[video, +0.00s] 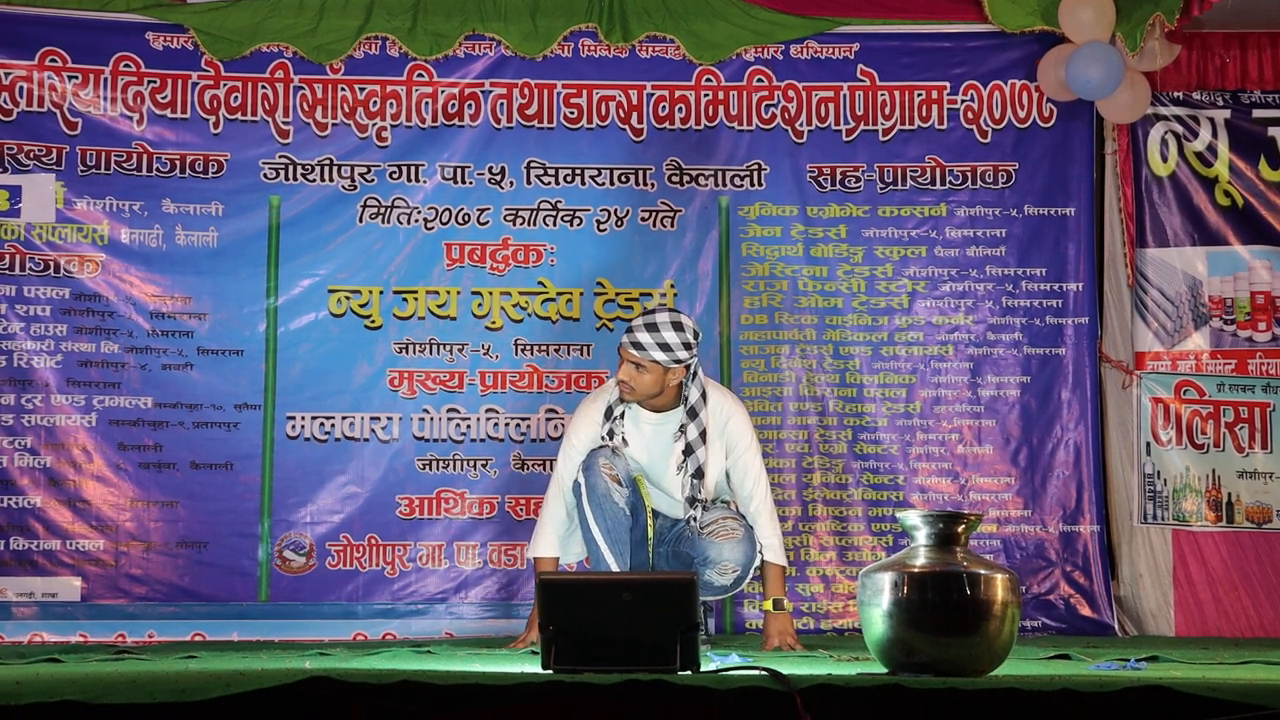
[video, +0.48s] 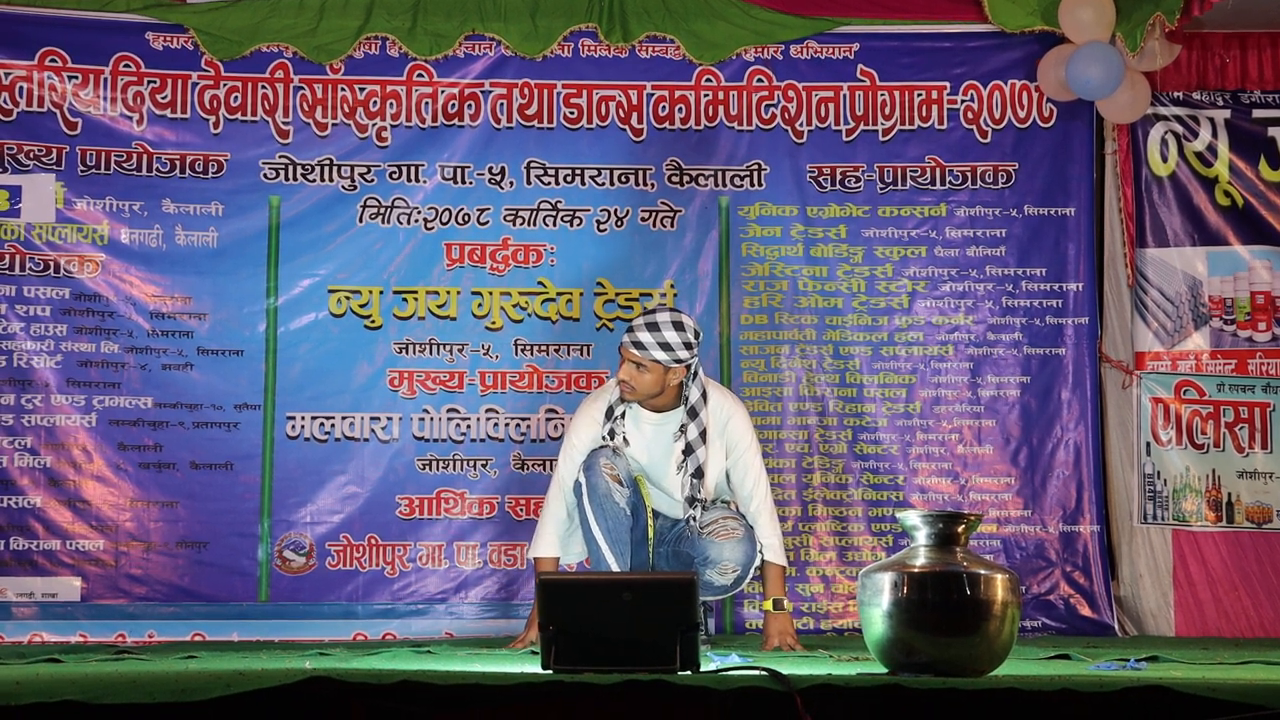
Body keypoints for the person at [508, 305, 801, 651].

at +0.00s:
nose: (621, 375)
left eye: (638, 368)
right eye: (622, 361)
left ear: (676, 374)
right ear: (619, 355)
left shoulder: (725, 414)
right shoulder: (597, 411)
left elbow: (760, 507)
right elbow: (557, 502)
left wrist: (777, 609)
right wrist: (543, 607)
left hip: (692, 539)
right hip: (628, 531)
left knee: (732, 547)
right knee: (601, 463)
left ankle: (686, 611)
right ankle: (619, 608)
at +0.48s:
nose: (622, 375)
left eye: (638, 368)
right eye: (622, 360)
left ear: (677, 374)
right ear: (619, 355)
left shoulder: (725, 413)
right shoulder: (597, 411)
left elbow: (760, 507)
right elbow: (558, 503)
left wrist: (777, 608)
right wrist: (542, 606)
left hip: (692, 539)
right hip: (629, 531)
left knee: (733, 547)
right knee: (601, 463)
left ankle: (687, 610)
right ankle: (620, 607)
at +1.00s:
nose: (622, 374)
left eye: (638, 368)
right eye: (623, 360)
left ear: (677, 375)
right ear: (620, 354)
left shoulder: (726, 414)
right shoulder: (598, 411)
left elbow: (761, 508)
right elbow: (558, 505)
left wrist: (777, 609)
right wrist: (541, 608)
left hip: (691, 541)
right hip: (628, 533)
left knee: (732, 545)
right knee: (603, 463)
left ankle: (689, 610)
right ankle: (620, 608)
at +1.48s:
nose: (623, 374)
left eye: (639, 367)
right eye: (623, 360)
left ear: (678, 374)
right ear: (621, 355)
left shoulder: (727, 414)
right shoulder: (598, 411)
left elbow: (761, 508)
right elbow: (558, 505)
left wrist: (777, 609)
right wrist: (541, 608)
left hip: (691, 540)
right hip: (628, 532)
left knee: (733, 546)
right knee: (603, 463)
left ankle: (688, 610)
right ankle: (621, 607)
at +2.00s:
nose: (623, 375)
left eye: (640, 367)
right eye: (624, 360)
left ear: (678, 374)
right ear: (621, 355)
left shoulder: (728, 414)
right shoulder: (599, 411)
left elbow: (762, 509)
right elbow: (558, 507)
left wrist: (777, 609)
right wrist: (542, 608)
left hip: (691, 540)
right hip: (629, 531)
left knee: (733, 547)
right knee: (604, 462)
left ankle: (688, 610)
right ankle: (619, 607)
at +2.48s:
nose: (623, 374)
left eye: (640, 367)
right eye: (624, 360)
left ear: (679, 374)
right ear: (622, 355)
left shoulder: (729, 414)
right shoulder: (601, 411)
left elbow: (763, 508)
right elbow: (559, 505)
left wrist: (777, 609)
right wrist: (542, 607)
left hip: (693, 540)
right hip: (631, 532)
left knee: (733, 545)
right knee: (604, 462)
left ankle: (690, 610)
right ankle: (619, 606)